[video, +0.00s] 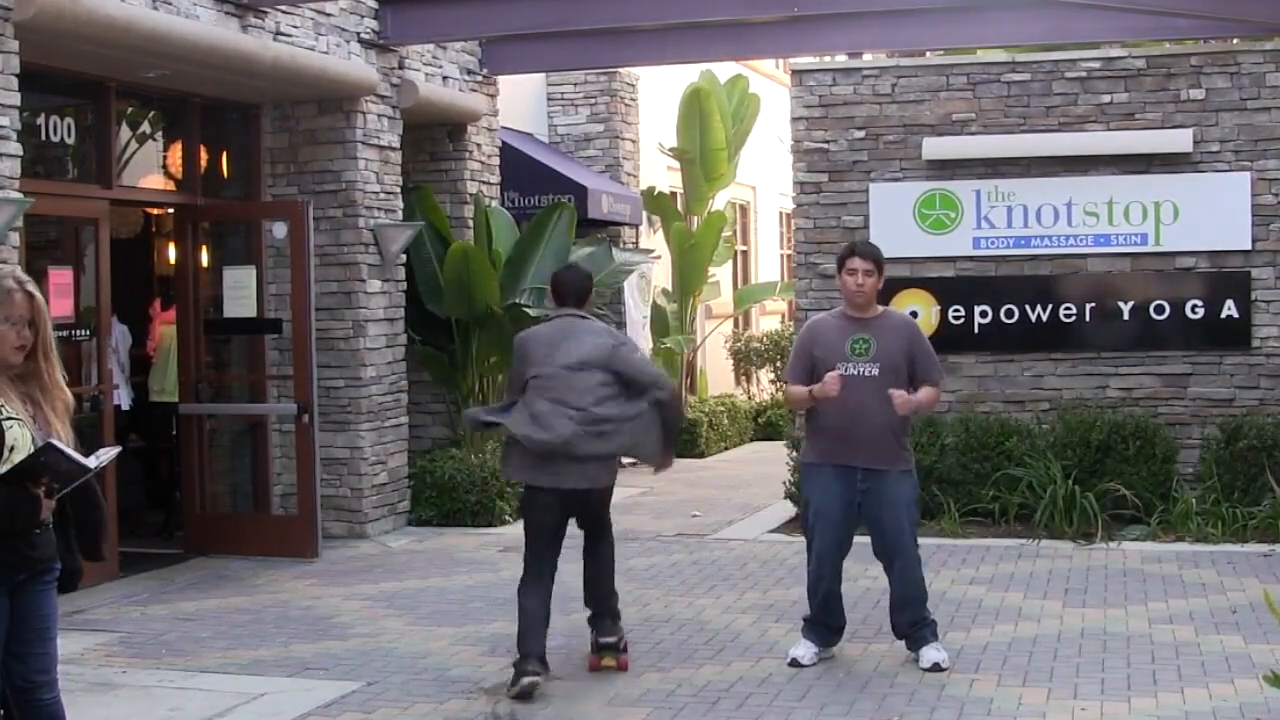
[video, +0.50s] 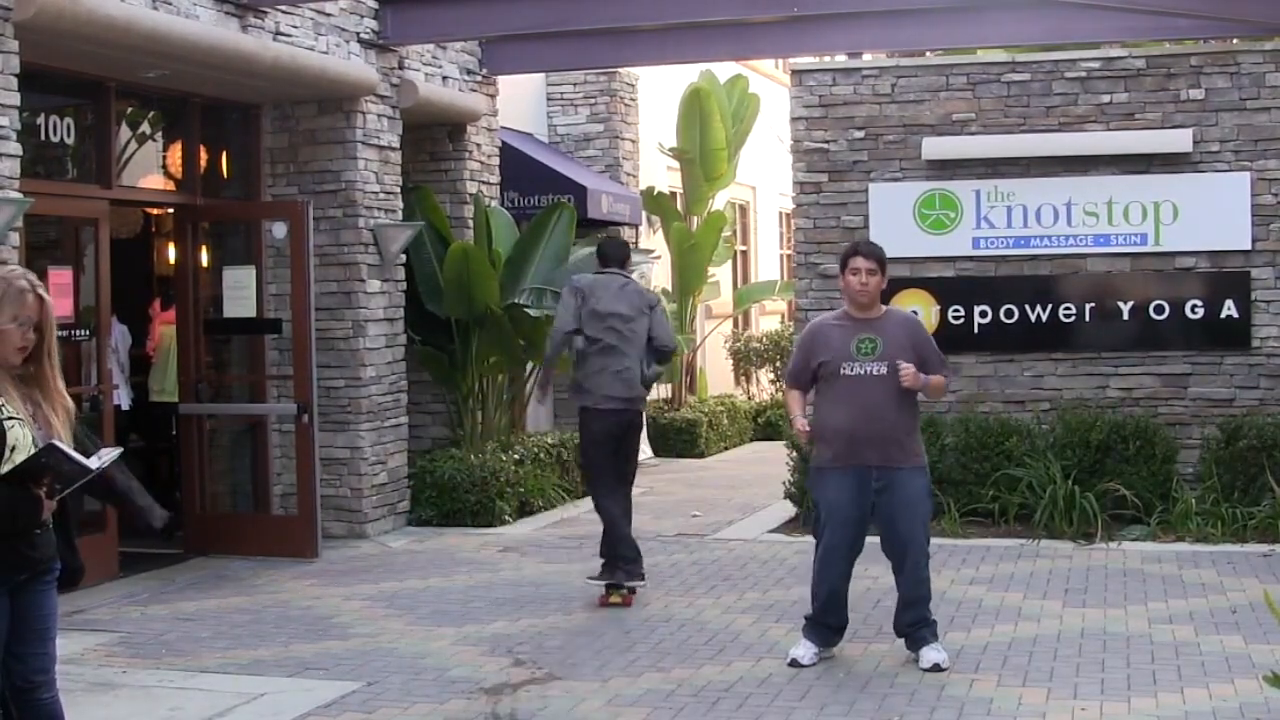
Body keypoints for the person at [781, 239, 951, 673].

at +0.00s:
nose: (858, 280)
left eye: (866, 273)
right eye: (850, 273)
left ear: (880, 280)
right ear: (838, 279)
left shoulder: (904, 329)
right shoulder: (815, 330)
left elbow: (932, 389)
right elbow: (791, 394)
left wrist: (914, 401)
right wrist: (814, 392)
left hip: (890, 464)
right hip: (826, 463)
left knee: (902, 550)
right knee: (823, 553)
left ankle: (922, 637)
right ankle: (819, 634)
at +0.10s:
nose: (856, 284)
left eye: (864, 277)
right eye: (848, 276)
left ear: (878, 283)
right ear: (836, 282)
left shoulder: (901, 331)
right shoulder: (814, 333)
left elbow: (929, 397)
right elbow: (792, 397)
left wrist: (904, 394)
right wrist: (821, 394)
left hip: (885, 466)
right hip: (823, 465)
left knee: (891, 547)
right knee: (818, 551)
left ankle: (921, 637)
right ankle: (819, 633)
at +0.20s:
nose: (856, 285)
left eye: (864, 278)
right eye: (848, 277)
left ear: (877, 284)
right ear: (836, 283)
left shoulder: (900, 332)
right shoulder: (814, 334)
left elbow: (924, 400)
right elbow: (793, 395)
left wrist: (898, 387)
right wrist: (822, 409)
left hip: (884, 466)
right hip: (822, 465)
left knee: (891, 548)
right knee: (817, 551)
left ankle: (920, 638)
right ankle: (819, 634)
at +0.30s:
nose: (858, 280)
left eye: (866, 273)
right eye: (850, 273)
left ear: (879, 280)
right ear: (838, 279)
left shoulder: (903, 329)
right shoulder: (815, 331)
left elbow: (928, 397)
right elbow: (793, 392)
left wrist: (903, 383)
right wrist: (815, 416)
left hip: (889, 465)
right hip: (826, 462)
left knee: (899, 550)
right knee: (822, 552)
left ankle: (921, 637)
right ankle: (819, 635)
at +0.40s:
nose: (859, 278)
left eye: (868, 271)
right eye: (851, 270)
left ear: (881, 278)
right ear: (839, 277)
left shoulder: (906, 326)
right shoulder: (816, 329)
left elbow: (936, 388)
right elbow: (794, 389)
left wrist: (912, 378)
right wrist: (803, 418)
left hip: (896, 463)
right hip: (832, 463)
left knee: (907, 552)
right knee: (826, 553)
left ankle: (922, 638)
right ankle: (819, 634)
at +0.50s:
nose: (862, 280)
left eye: (870, 273)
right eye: (854, 272)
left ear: (883, 279)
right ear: (841, 279)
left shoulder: (909, 326)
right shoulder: (818, 331)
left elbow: (940, 384)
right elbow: (795, 384)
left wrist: (920, 381)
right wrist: (798, 416)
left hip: (903, 463)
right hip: (837, 465)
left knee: (913, 553)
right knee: (833, 554)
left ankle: (922, 637)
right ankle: (819, 635)